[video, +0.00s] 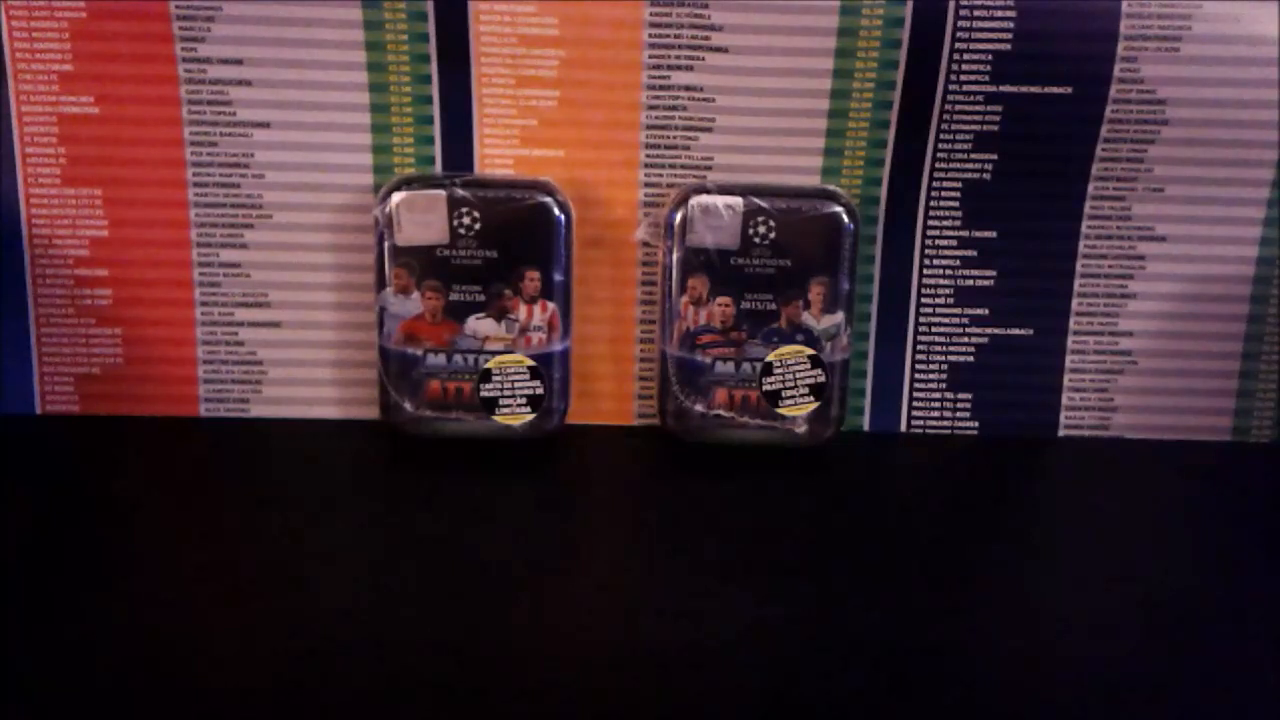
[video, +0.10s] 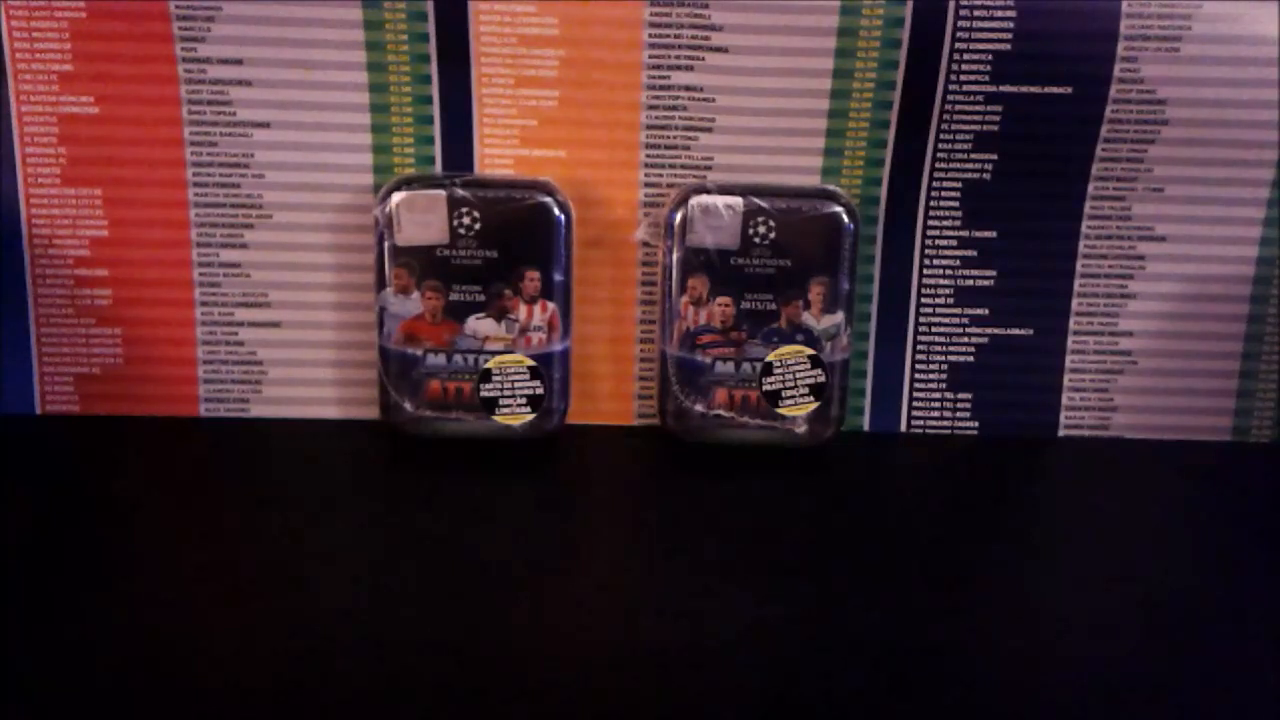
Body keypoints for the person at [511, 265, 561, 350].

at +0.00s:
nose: (536, 285)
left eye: (539, 280)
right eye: (531, 280)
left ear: (541, 283)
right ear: (521, 284)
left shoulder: (551, 308)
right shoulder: (512, 306)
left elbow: (556, 338)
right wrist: (520, 329)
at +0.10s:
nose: (536, 285)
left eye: (539, 280)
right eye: (531, 280)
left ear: (541, 283)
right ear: (521, 284)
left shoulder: (551, 308)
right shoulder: (512, 306)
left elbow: (556, 337)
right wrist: (520, 329)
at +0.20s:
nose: (536, 285)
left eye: (538, 281)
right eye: (531, 281)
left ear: (541, 283)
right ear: (521, 284)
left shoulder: (550, 308)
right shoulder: (512, 306)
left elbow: (556, 337)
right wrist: (520, 329)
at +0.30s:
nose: (536, 285)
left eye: (538, 280)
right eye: (531, 280)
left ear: (541, 283)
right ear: (521, 284)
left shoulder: (551, 308)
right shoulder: (512, 306)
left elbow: (556, 337)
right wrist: (520, 329)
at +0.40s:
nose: (536, 285)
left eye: (538, 280)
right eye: (531, 280)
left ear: (541, 283)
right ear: (521, 284)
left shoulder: (551, 308)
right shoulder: (512, 306)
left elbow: (556, 338)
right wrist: (520, 329)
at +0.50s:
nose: (536, 285)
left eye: (538, 280)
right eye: (531, 280)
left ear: (541, 283)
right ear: (521, 284)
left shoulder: (551, 308)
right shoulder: (512, 306)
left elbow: (556, 339)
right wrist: (520, 329)